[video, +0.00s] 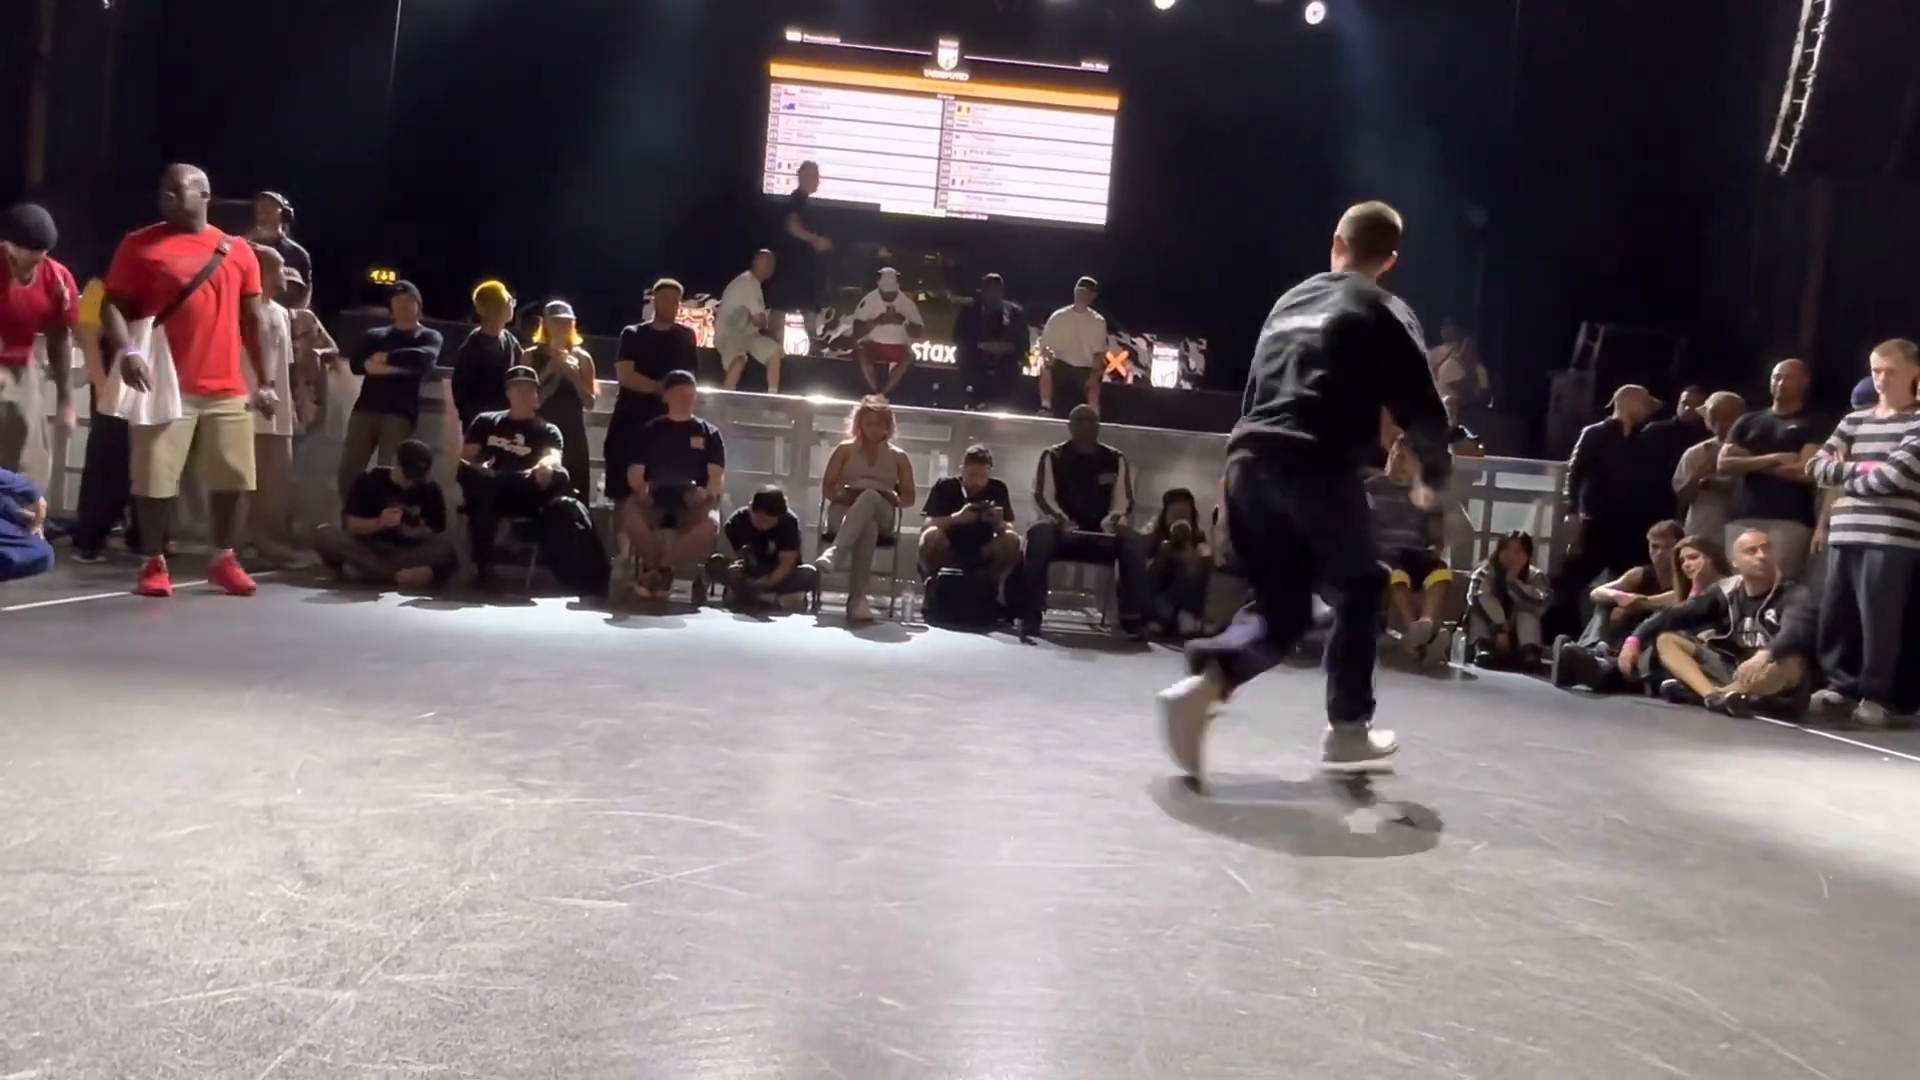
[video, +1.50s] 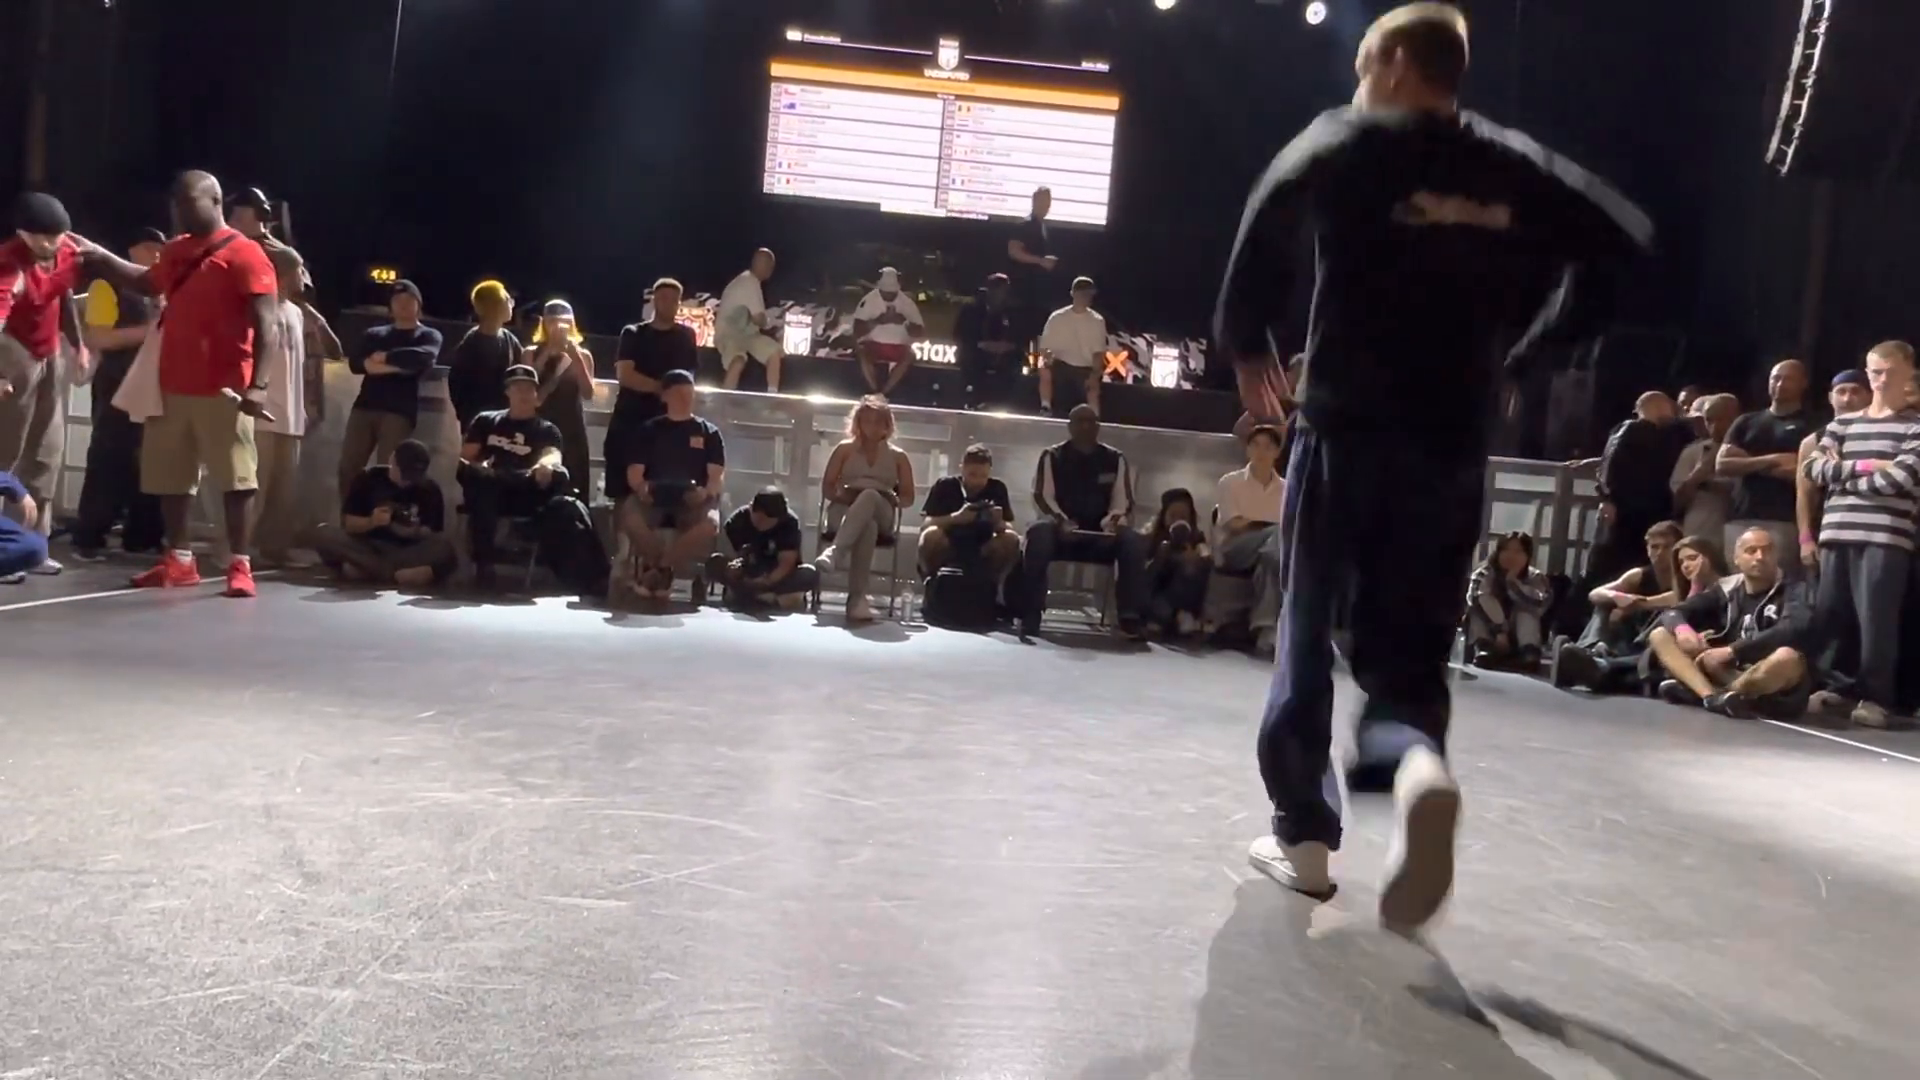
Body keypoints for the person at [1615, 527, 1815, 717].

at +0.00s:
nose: (1761, 557)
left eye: (1766, 549)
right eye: (1751, 551)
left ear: (1773, 555)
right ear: (1736, 561)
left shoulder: (1794, 594)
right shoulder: (1724, 592)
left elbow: (1795, 631)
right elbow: (1677, 615)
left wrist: (1767, 654)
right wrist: (1635, 640)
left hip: (1775, 671)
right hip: (1731, 669)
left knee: (1792, 663)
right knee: (1666, 642)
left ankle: (1717, 695)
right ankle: (1712, 696)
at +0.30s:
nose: (1763, 559)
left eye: (1766, 552)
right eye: (1753, 555)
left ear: (1771, 554)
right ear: (1733, 563)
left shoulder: (1794, 591)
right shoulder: (1723, 591)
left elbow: (1807, 632)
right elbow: (1671, 614)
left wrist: (1769, 652)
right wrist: (1644, 638)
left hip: (1772, 670)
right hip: (1730, 666)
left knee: (1794, 664)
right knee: (1670, 643)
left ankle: (1716, 694)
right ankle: (1714, 694)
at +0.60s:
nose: (1758, 558)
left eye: (1762, 550)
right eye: (1748, 552)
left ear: (1770, 554)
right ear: (1732, 561)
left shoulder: (1792, 593)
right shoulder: (1722, 591)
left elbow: (1768, 633)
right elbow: (1669, 616)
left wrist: (1717, 655)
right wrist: (1685, 638)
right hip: (1728, 674)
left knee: (1789, 659)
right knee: (1658, 637)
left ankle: (1717, 694)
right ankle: (1713, 694)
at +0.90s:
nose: (1758, 555)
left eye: (1763, 549)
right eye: (1749, 550)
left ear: (1770, 553)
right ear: (1732, 560)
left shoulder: (1792, 591)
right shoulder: (1722, 590)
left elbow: (1766, 631)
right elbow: (1671, 617)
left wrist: (1712, 661)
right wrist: (1695, 637)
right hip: (1725, 671)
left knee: (1787, 659)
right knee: (1658, 636)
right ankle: (1711, 694)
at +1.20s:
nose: (1760, 556)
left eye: (1766, 549)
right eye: (1751, 550)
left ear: (1775, 554)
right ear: (1736, 558)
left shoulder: (1794, 589)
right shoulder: (1726, 587)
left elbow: (1770, 627)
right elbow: (1679, 616)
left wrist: (1720, 655)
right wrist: (1692, 637)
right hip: (1726, 670)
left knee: (1788, 657)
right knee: (1659, 636)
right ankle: (1711, 693)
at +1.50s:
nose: (1759, 557)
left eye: (1766, 550)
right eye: (1751, 551)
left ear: (1775, 556)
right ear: (1737, 559)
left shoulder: (1793, 589)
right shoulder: (1726, 589)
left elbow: (1792, 629)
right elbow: (1672, 614)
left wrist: (1732, 650)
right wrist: (1682, 630)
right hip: (1726, 672)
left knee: (1787, 658)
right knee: (1659, 636)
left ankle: (1723, 696)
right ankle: (1710, 696)